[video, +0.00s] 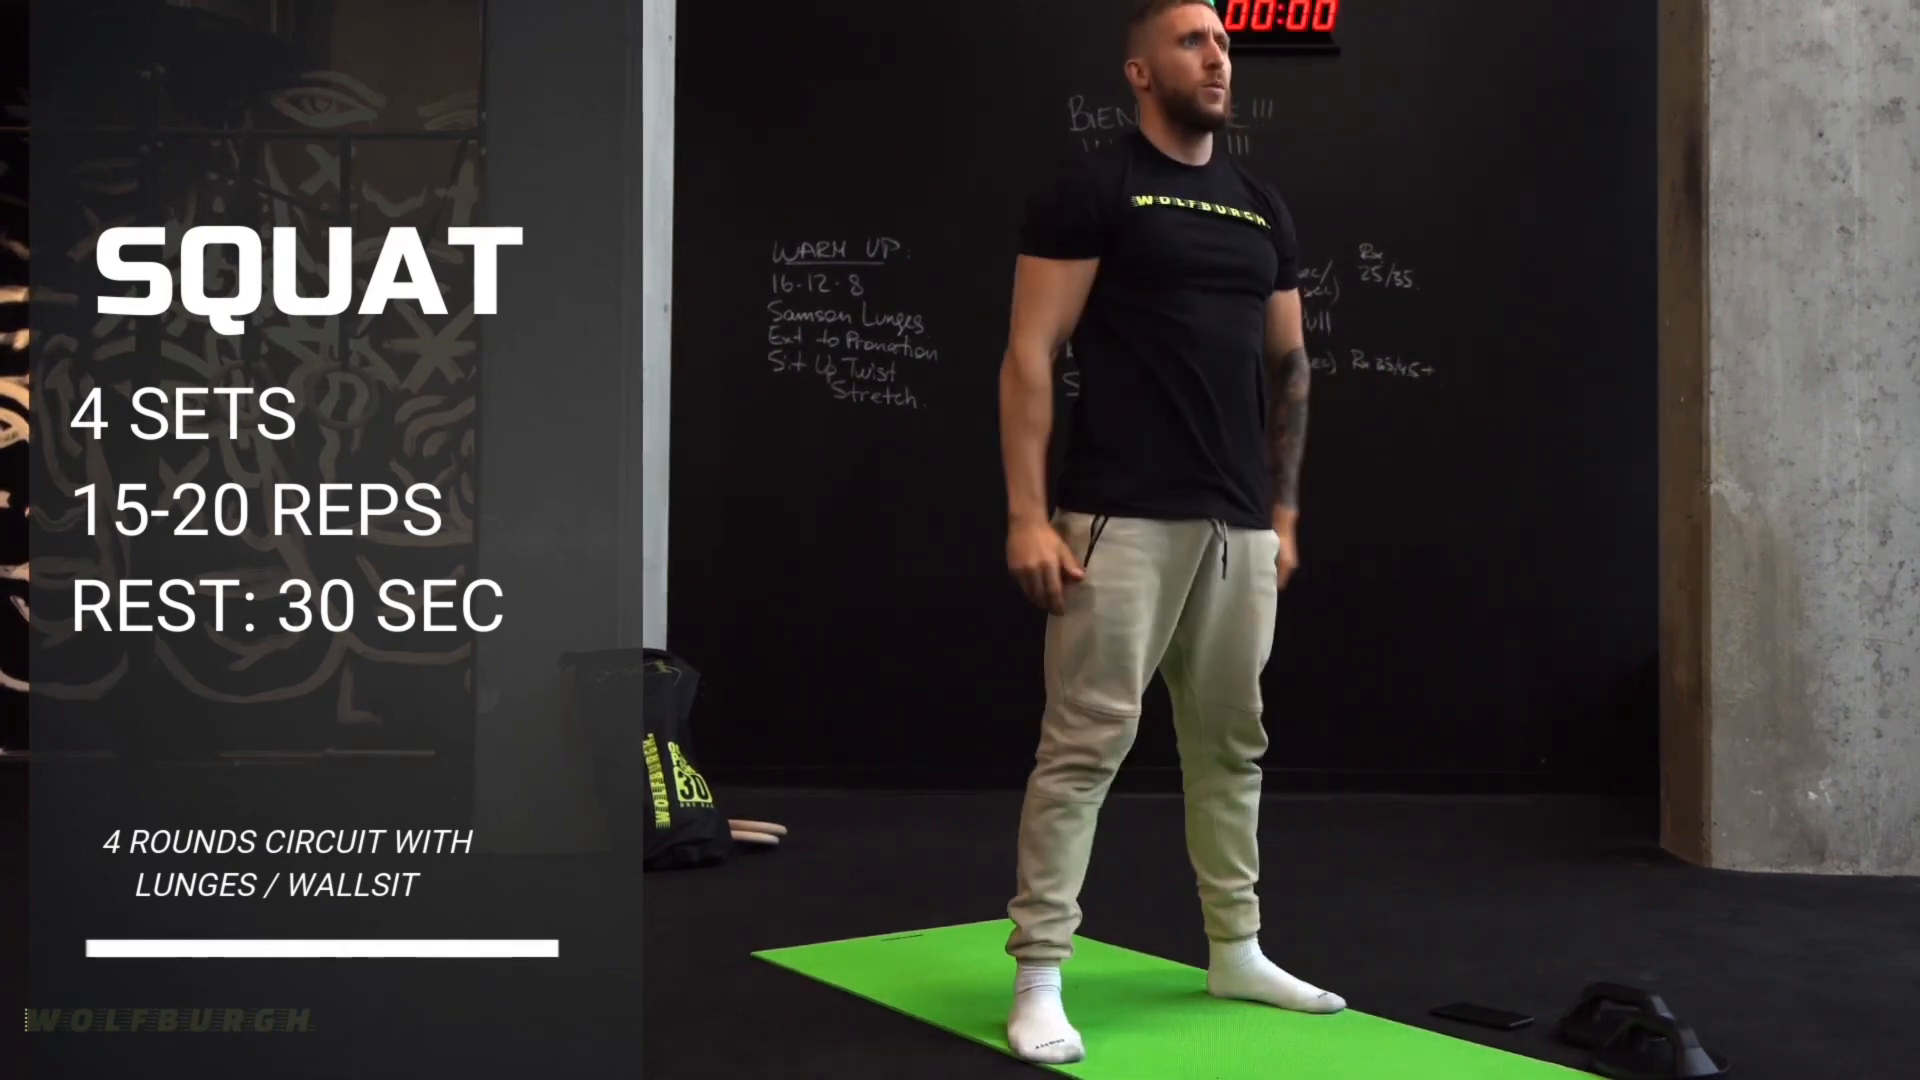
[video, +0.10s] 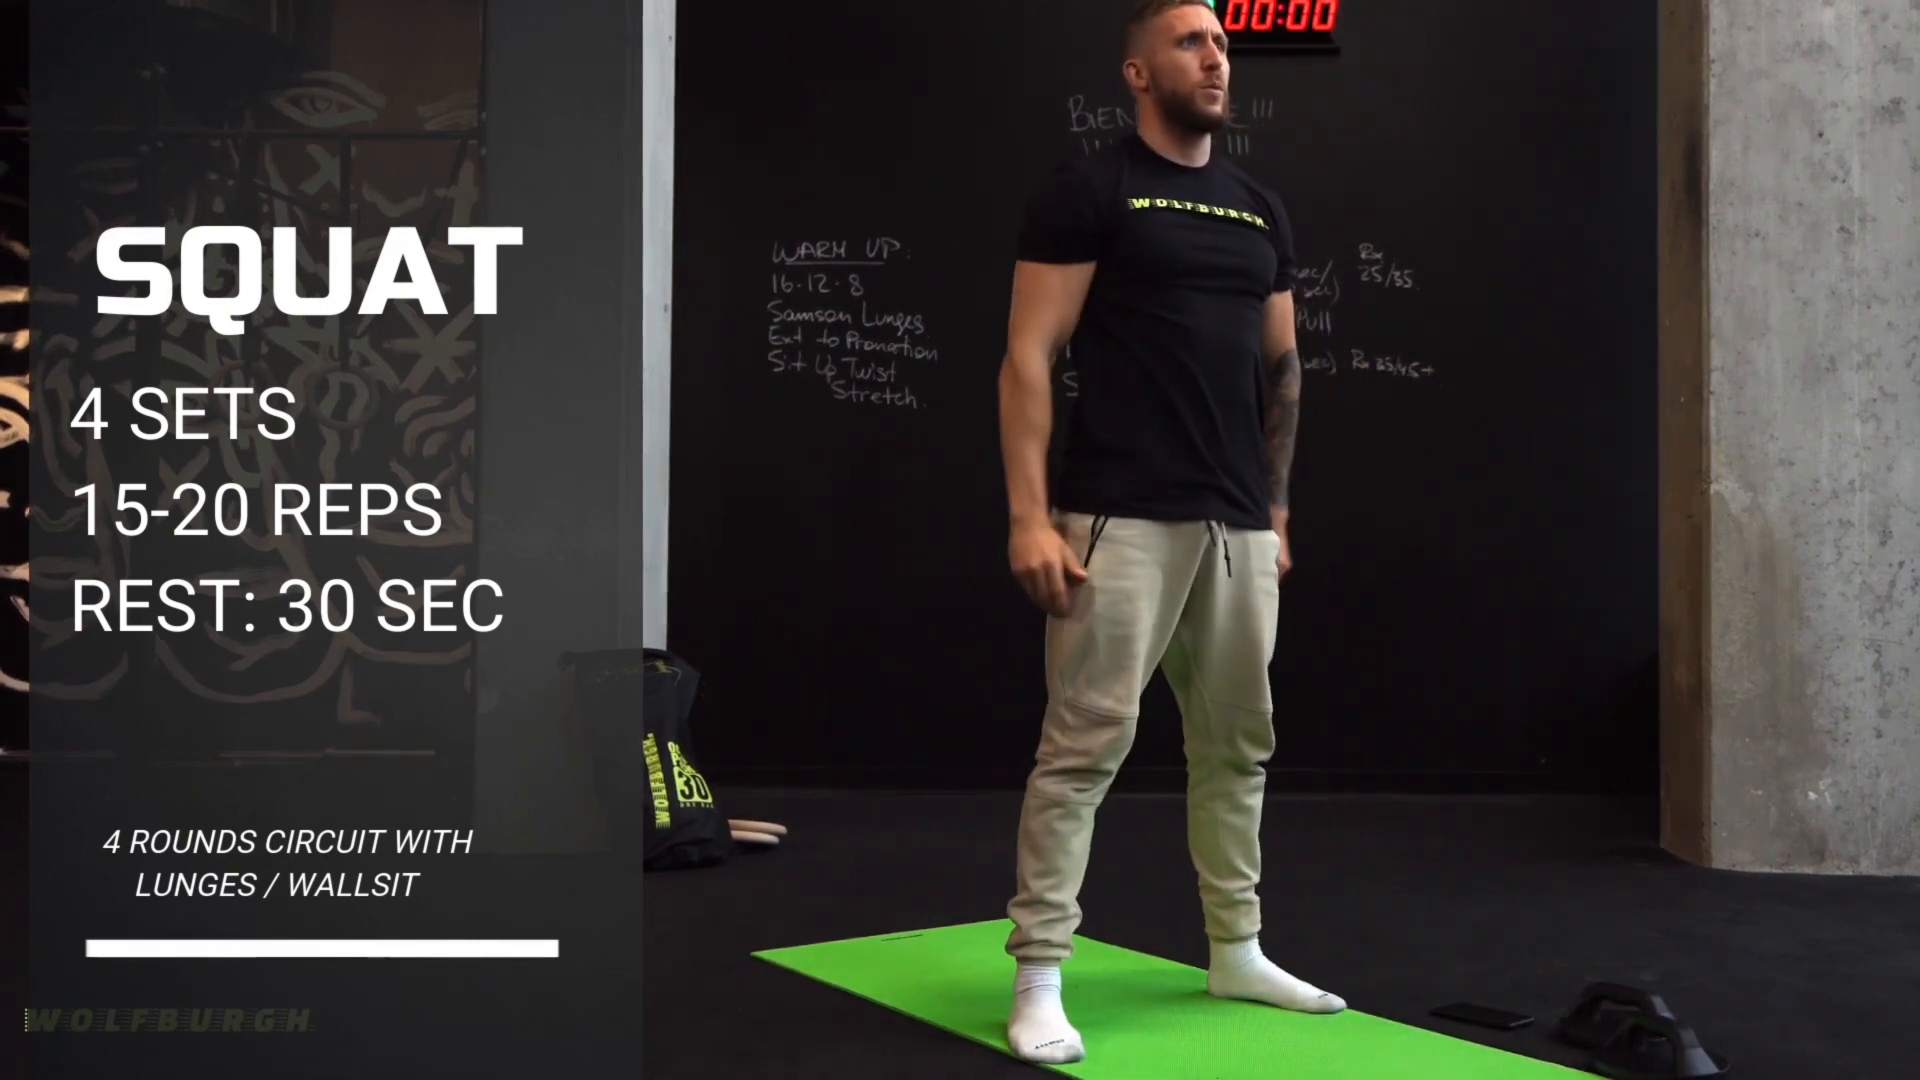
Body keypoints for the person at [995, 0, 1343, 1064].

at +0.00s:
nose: (1218, 58)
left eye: (1223, 43)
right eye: (1194, 43)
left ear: (1231, 70)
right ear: (1140, 72)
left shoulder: (1258, 203)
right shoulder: (1089, 188)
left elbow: (1289, 367)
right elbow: (1029, 355)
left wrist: (1283, 507)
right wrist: (1027, 513)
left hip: (1238, 525)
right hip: (1117, 517)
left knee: (1231, 742)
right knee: (1085, 746)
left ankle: (1237, 954)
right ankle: (1039, 979)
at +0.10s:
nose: (1216, 59)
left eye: (1221, 44)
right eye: (1192, 44)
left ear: (1228, 70)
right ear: (1138, 73)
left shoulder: (1257, 202)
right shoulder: (1088, 187)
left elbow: (1281, 369)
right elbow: (1028, 357)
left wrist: (1275, 505)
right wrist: (1029, 514)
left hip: (1238, 527)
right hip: (1117, 519)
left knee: (1236, 745)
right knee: (1084, 746)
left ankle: (1238, 955)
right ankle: (1039, 980)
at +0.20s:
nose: (1216, 62)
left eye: (1221, 46)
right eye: (1191, 47)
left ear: (1227, 71)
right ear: (1137, 74)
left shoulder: (1254, 204)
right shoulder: (1087, 190)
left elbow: (1294, 367)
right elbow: (1039, 359)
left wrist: (1303, 509)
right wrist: (1060, 515)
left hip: (1242, 528)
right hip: (1120, 522)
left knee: (1242, 746)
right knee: (1087, 749)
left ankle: (1239, 956)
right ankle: (1039, 981)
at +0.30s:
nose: (1216, 87)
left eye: (1222, 71)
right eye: (1190, 72)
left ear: (1231, 97)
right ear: (1137, 98)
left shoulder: (1252, 231)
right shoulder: (1090, 212)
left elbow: (1325, 364)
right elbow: (1075, 363)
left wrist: (1368, 484)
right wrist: (1183, 480)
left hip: (1229, 543)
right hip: (1107, 541)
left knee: (1279, 745)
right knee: (1099, 755)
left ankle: (1241, 957)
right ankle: (1041, 983)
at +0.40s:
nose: (1222, 142)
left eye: (1229, 126)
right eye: (1198, 126)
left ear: (1238, 147)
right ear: (1143, 147)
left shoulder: (1254, 279)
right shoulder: (1095, 261)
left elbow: (1342, 377)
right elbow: (1116, 382)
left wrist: (1399, 446)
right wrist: (1271, 444)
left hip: (1210, 577)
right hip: (1091, 573)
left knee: (1302, 755)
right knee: (1099, 760)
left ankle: (1241, 958)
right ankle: (1043, 981)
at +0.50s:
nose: (1234, 254)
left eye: (1240, 237)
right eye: (1211, 238)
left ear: (1248, 254)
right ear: (1157, 255)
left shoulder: (1255, 367)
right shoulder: (1108, 362)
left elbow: (1349, 425)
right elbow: (1167, 426)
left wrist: (1416, 425)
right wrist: (1343, 423)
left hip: (1196, 638)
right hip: (1073, 638)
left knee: (1324, 759)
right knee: (1099, 768)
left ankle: (1242, 961)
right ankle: (1041, 985)